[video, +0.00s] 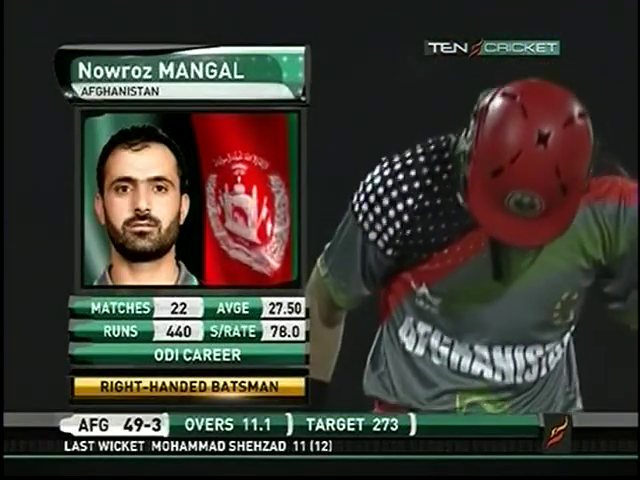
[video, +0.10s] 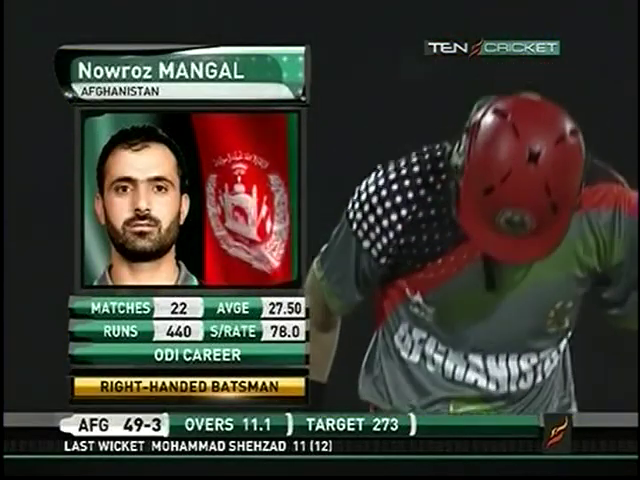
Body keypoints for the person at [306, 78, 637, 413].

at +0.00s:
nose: (517, 241)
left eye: (536, 224)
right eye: (501, 219)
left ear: (577, 183)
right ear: (471, 166)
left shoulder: (616, 209)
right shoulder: (399, 194)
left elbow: (630, 310)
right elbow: (326, 305)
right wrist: (307, 414)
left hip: (539, 427)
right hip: (413, 426)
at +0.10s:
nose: (508, 258)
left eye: (529, 247)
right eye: (495, 239)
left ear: (571, 195)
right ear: (466, 183)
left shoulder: (612, 214)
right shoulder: (395, 203)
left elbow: (628, 317)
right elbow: (322, 307)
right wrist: (303, 414)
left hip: (536, 408)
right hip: (411, 406)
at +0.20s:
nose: (498, 271)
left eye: (518, 261)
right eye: (485, 254)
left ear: (566, 212)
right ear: (460, 192)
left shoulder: (611, 225)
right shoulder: (391, 209)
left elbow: (628, 324)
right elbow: (318, 309)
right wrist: (291, 414)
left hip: (532, 425)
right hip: (403, 420)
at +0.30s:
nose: (497, 276)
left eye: (518, 264)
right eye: (486, 259)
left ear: (566, 216)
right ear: (459, 196)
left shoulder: (606, 227)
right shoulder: (388, 208)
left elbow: (632, 319)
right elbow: (315, 302)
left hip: (526, 425)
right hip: (395, 418)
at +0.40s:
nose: (506, 264)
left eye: (526, 255)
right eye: (494, 247)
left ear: (571, 205)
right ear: (464, 188)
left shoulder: (608, 225)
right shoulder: (390, 203)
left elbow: (635, 335)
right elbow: (311, 297)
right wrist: (280, 407)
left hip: (523, 427)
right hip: (390, 419)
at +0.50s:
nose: (518, 234)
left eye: (536, 221)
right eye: (505, 215)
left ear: (575, 183)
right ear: (473, 163)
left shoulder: (607, 214)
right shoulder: (398, 189)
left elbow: (634, 338)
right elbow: (312, 291)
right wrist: (278, 412)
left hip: (524, 438)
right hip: (390, 434)